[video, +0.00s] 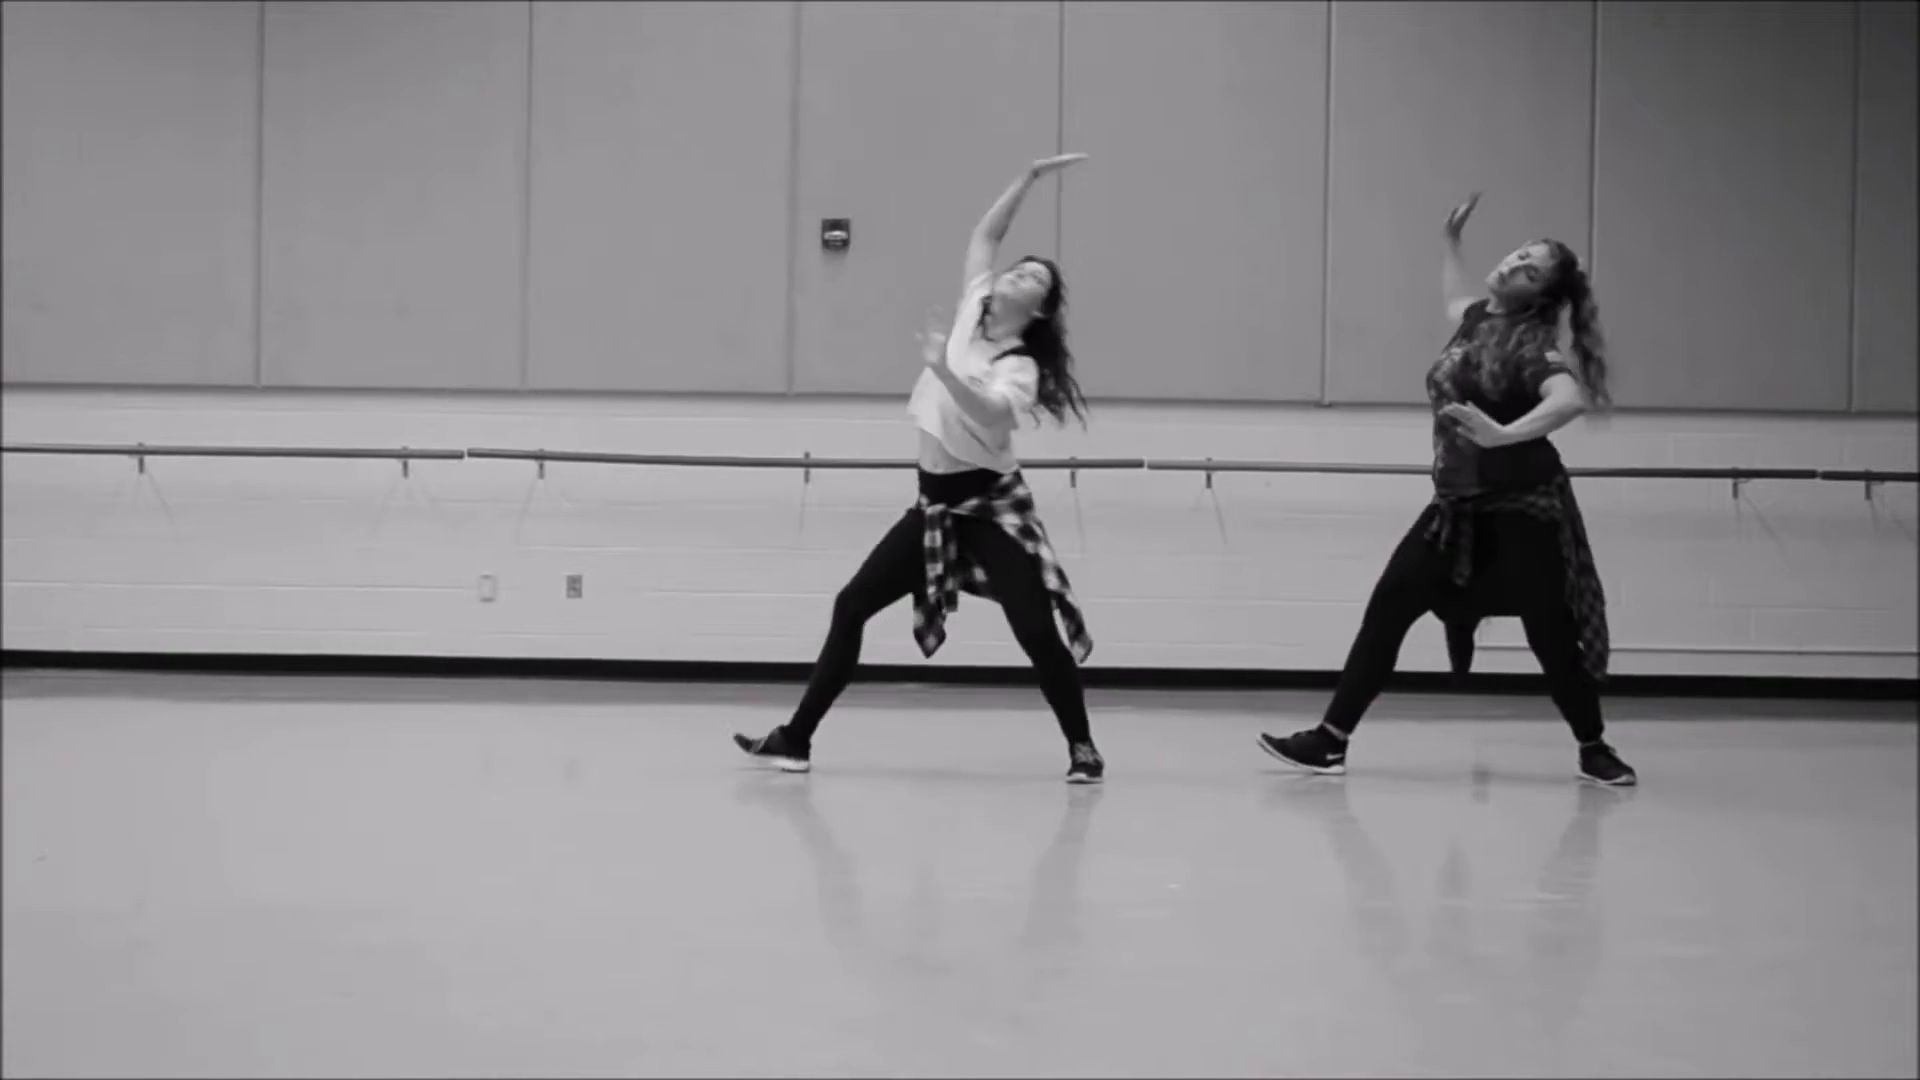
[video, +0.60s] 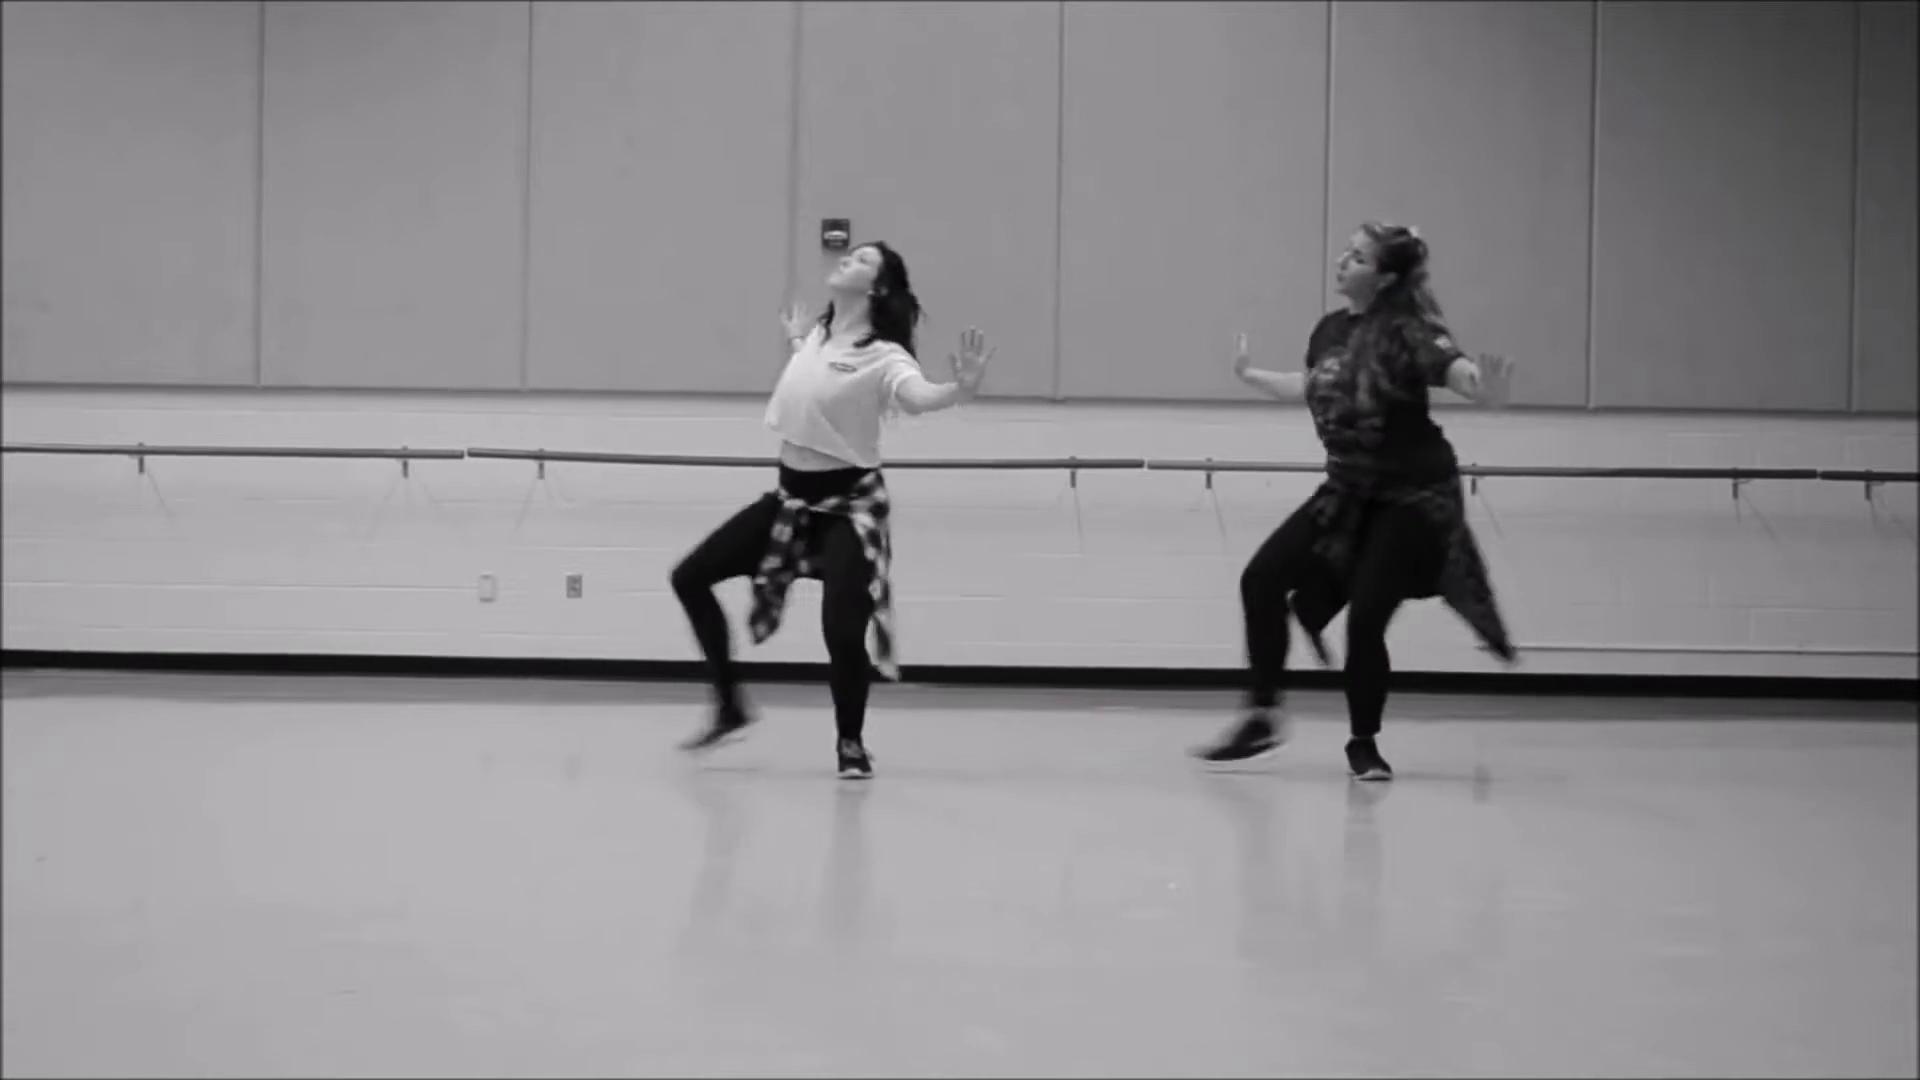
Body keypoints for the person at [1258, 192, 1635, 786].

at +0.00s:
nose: (1514, 262)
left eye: (1531, 266)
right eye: (1518, 254)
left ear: (1541, 295)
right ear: (1503, 265)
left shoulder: (1535, 343)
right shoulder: (1474, 323)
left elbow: (1569, 400)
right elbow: (1456, 299)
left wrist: (1505, 433)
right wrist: (1451, 245)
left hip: (1524, 507)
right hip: (1457, 506)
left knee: (1553, 635)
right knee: (1389, 605)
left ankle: (1593, 748)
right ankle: (1331, 735)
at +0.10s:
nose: (1493, 263)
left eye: (1509, 267)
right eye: (1497, 255)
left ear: (1522, 297)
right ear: (1483, 270)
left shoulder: (1525, 346)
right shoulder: (1459, 328)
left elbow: (1561, 405)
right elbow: (1436, 347)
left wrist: (1510, 437)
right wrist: (1422, 296)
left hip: (1522, 514)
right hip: (1452, 512)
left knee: (1550, 634)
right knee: (1379, 606)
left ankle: (1596, 749)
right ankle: (1327, 737)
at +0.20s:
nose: (1457, 265)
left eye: (1473, 267)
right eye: (1464, 258)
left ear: (1488, 297)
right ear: (1452, 279)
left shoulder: (1503, 350)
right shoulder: (1435, 338)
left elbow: (1546, 410)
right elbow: (1426, 403)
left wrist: (1517, 438)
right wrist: (1382, 362)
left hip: (1513, 517)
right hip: (1443, 519)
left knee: (1549, 636)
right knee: (1357, 601)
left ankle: (1599, 749)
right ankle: (1325, 737)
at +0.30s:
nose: (1411, 272)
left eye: (1426, 269)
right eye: (1417, 263)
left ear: (1450, 293)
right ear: (1419, 282)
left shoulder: (1473, 345)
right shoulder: (1399, 344)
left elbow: (1518, 416)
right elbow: (1392, 408)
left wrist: (1505, 402)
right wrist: (1332, 394)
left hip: (1484, 518)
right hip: (1415, 518)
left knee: (1533, 642)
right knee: (1327, 602)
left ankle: (1608, 741)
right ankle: (1320, 739)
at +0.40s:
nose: (1374, 268)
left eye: (1390, 265)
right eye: (1380, 259)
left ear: (1416, 287)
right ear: (1385, 279)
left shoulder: (1434, 341)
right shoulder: (1357, 341)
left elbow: (1468, 374)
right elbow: (1353, 399)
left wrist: (1495, 391)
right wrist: (1283, 383)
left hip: (1447, 508)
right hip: (1381, 509)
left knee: (1474, 628)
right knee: (1307, 603)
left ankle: (1559, 709)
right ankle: (1317, 739)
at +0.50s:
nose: (1353, 261)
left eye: (1367, 258)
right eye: (1357, 252)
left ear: (1397, 278)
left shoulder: (1417, 331)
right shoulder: (1340, 329)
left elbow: (1461, 374)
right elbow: (1318, 386)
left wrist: (1486, 384)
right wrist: (1250, 375)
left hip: (1431, 495)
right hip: (1363, 496)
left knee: (1410, 598)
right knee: (1288, 590)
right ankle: (1307, 724)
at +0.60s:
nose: (1341, 262)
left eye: (1356, 258)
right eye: (1345, 253)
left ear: (1385, 276)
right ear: (1350, 270)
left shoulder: (1408, 329)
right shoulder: (1330, 331)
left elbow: (1455, 368)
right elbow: (1310, 388)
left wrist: (1485, 387)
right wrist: (1247, 374)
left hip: (1412, 499)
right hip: (1346, 494)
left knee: (1364, 621)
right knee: (1261, 582)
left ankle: (1363, 744)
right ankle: (1263, 716)